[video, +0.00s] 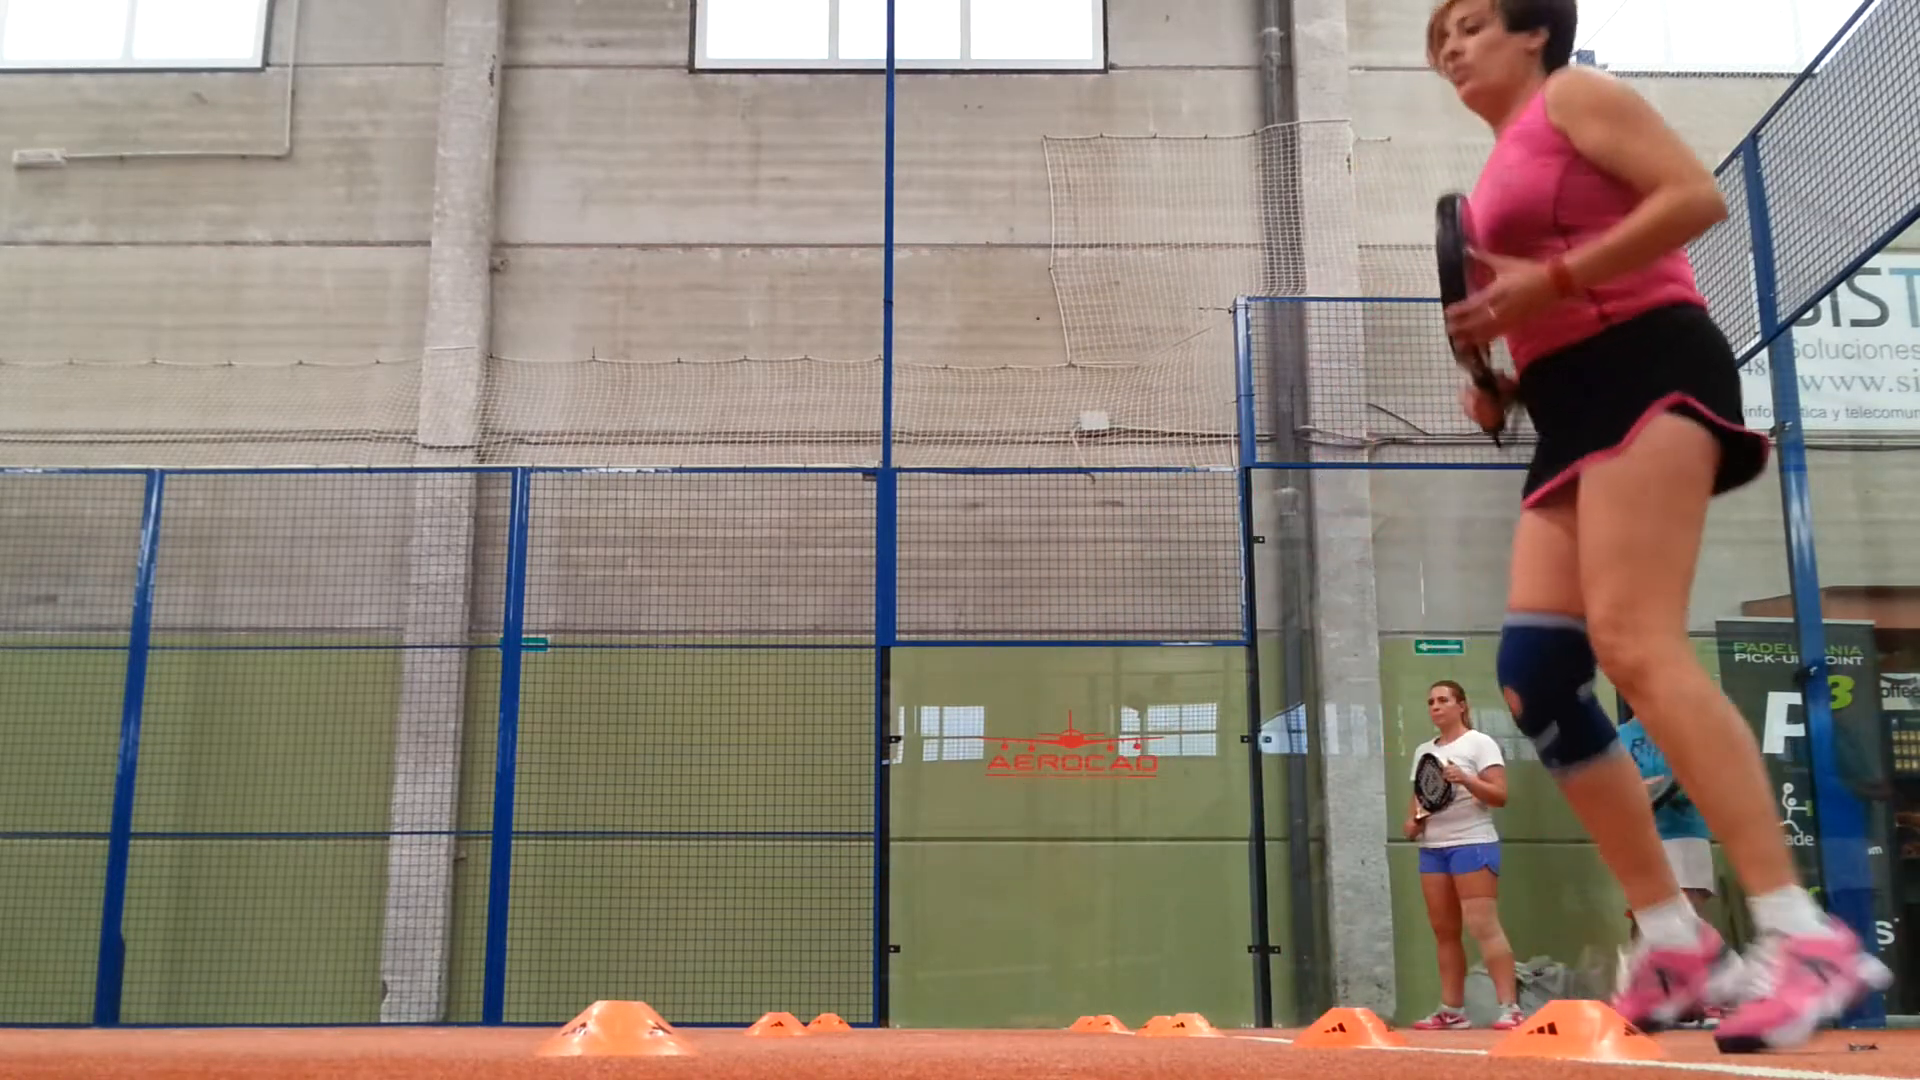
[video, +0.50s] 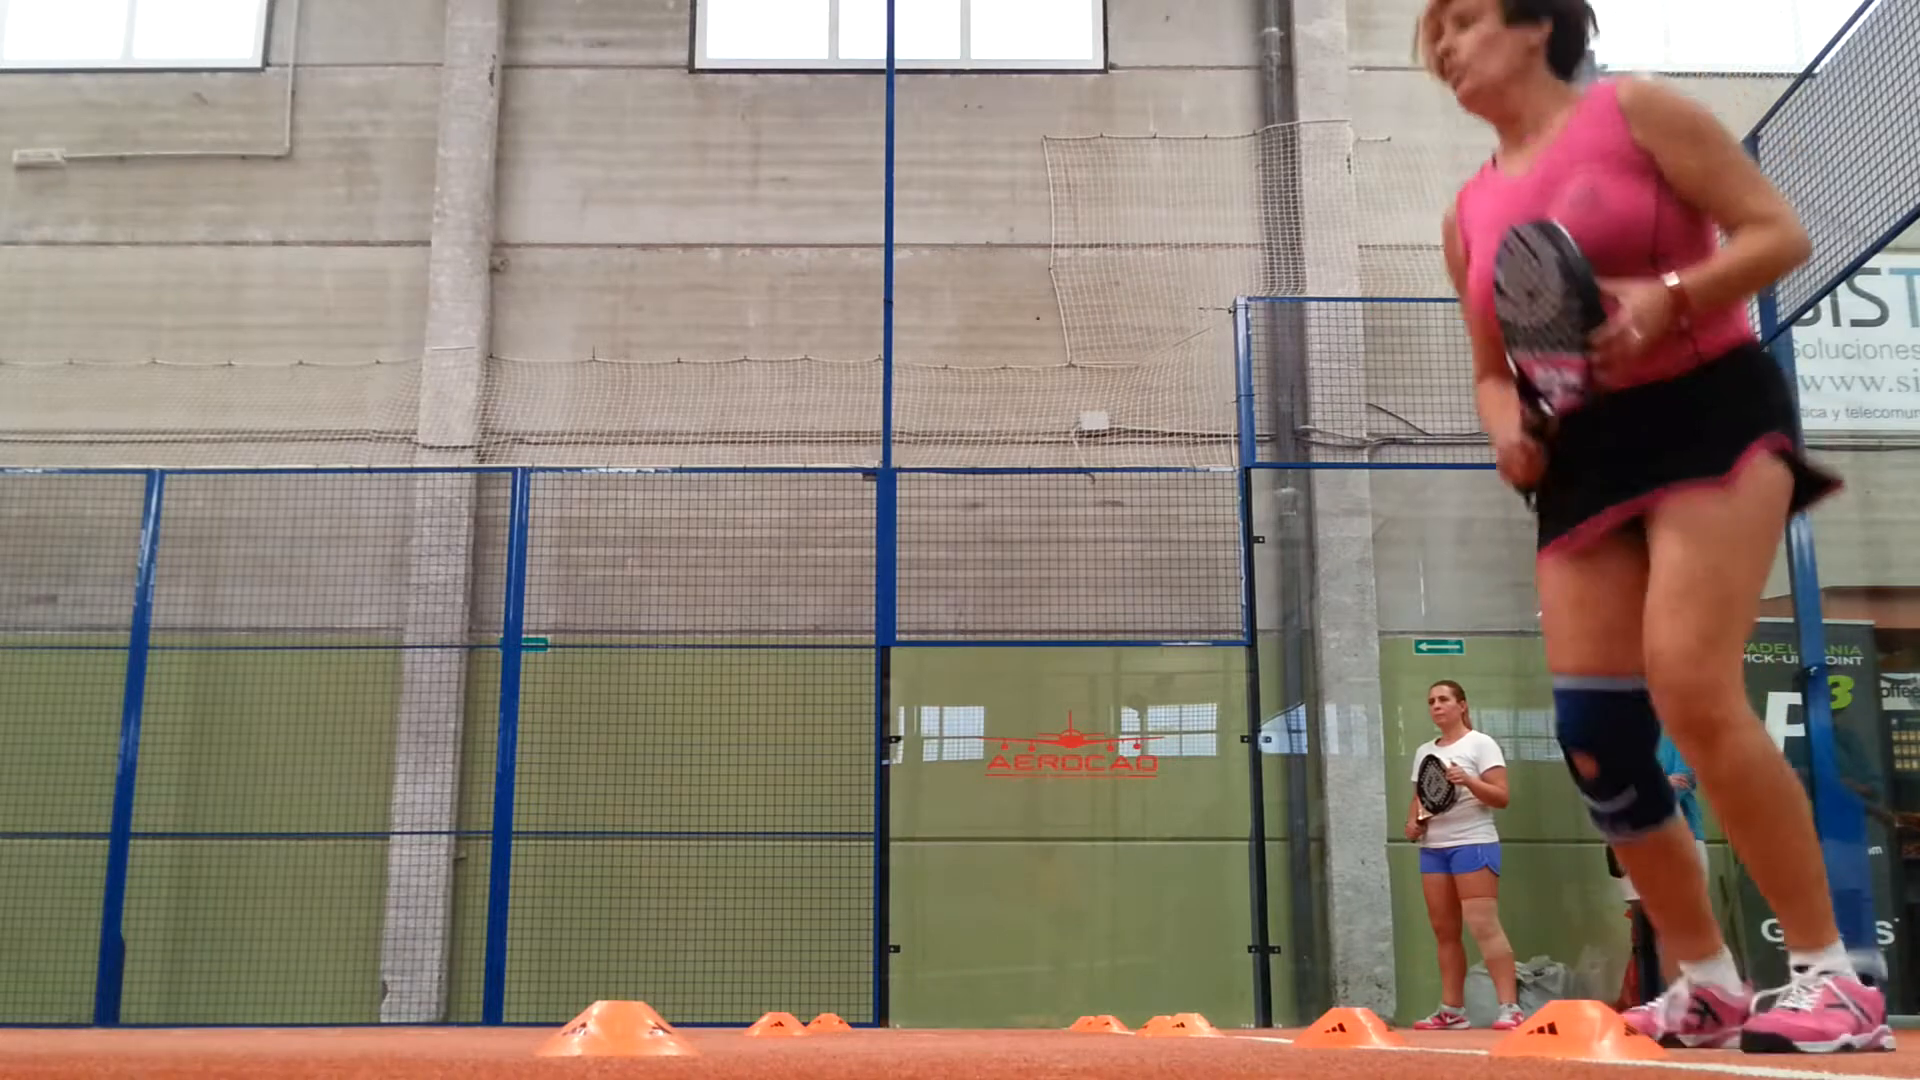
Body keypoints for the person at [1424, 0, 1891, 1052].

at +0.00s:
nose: (1447, 46)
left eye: (1467, 25)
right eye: (1438, 39)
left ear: (1530, 29)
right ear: (1445, 62)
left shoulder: (1576, 94)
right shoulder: (1500, 167)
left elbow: (1697, 195)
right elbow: (1558, 307)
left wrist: (1555, 276)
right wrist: (1501, 380)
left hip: (1651, 369)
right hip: (1570, 404)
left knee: (1638, 642)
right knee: (1540, 676)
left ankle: (1807, 942)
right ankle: (1676, 942)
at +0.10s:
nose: (1477, 85)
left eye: (1496, 64)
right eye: (1471, 77)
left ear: (1559, 71)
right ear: (1478, 101)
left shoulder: (1604, 135)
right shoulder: (1528, 214)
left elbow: (1724, 249)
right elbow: (1564, 355)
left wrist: (1576, 329)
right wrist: (1520, 429)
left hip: (1671, 423)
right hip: (1586, 464)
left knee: (1686, 703)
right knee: (1564, 736)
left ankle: (1863, 974)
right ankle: (1710, 981)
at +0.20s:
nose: (1466, 44)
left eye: (1486, 21)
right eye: (1460, 31)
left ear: (1548, 28)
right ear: (1471, 56)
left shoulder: (1607, 94)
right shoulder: (1523, 171)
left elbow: (1739, 198)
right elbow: (1569, 307)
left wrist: (1602, 280)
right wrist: (1523, 380)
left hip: (1690, 385)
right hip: (1593, 415)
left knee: (1695, 662)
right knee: (1559, 684)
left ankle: (1850, 954)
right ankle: (1687, 952)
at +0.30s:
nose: (1452, 7)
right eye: (1442, 3)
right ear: (1448, 27)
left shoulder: (1608, 40)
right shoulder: (1494, 132)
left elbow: (1753, 142)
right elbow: (1548, 258)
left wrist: (1615, 215)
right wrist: (1517, 323)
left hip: (1699, 332)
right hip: (1589, 367)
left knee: (1700, 614)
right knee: (1564, 646)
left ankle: (1836, 925)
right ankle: (1676, 917)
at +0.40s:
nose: (1445, 9)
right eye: (1433, 5)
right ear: (1439, 28)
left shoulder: (1618, 45)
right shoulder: (1476, 144)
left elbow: (1769, 156)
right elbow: (1511, 274)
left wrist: (1637, 221)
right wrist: (1507, 342)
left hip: (1705, 337)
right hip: (1587, 375)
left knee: (1689, 621)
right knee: (1569, 667)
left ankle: (1831, 928)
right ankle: (1683, 928)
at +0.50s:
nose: (1439, 45)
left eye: (1458, 18)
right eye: (1431, 36)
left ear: (1530, 24)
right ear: (1440, 65)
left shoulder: (1633, 108)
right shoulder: (1469, 209)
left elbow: (1781, 234)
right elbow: (1491, 363)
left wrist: (1673, 294)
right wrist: (1508, 426)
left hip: (1711, 417)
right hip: (1581, 453)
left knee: (1693, 691)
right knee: (1599, 739)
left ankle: (1832, 977)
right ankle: (1709, 988)